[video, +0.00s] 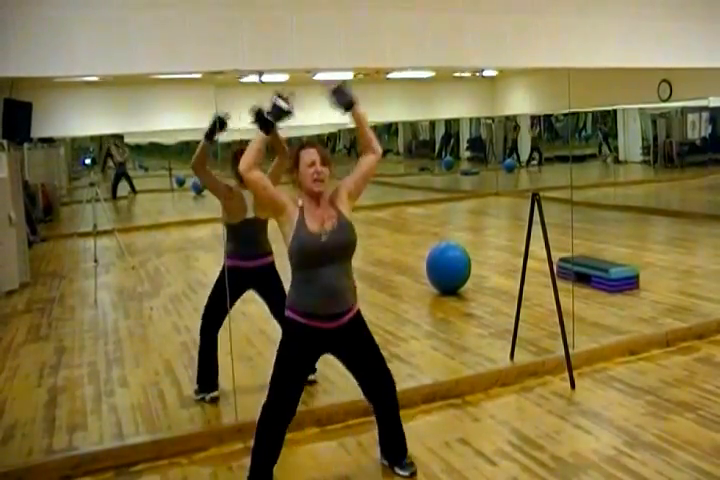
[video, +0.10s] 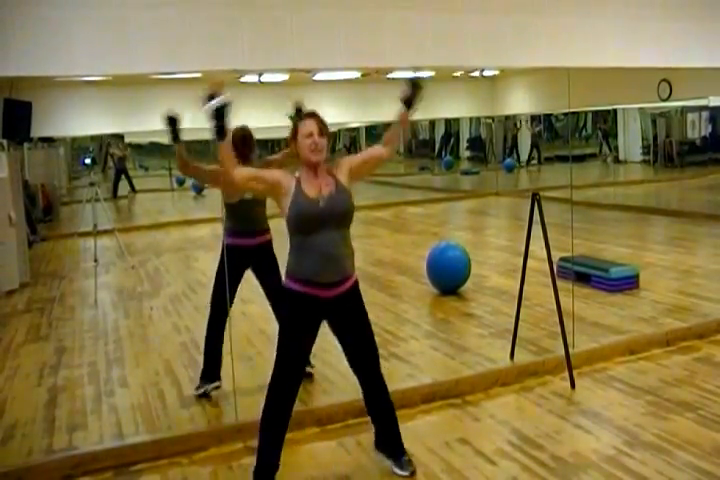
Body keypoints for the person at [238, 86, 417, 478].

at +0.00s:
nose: (317, 169)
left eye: (321, 163)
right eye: (309, 164)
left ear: (329, 170)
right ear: (297, 174)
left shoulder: (342, 199)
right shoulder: (288, 208)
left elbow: (373, 152)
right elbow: (247, 170)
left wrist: (354, 108)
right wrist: (266, 125)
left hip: (348, 323)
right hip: (303, 327)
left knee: (384, 390)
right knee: (278, 410)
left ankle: (395, 456)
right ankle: (259, 476)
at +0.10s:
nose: (315, 141)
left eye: (320, 134)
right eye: (307, 136)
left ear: (328, 140)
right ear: (294, 144)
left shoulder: (343, 171)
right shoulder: (283, 181)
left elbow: (388, 147)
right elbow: (231, 174)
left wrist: (407, 108)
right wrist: (221, 128)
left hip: (345, 292)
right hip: (301, 295)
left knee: (370, 373)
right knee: (283, 383)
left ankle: (391, 446)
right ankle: (264, 472)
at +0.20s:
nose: (315, 127)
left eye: (319, 120)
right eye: (307, 122)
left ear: (327, 127)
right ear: (293, 131)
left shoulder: (343, 164)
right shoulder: (280, 174)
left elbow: (384, 180)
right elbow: (236, 207)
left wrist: (422, 171)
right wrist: (203, 191)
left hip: (342, 279)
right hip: (301, 282)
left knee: (359, 363)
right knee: (295, 376)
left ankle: (365, 445)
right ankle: (285, 467)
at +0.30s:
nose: (316, 138)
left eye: (320, 132)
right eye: (308, 133)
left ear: (327, 138)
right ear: (294, 141)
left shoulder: (341, 181)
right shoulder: (282, 190)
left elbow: (361, 229)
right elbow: (264, 243)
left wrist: (403, 252)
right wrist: (236, 272)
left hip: (342, 290)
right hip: (301, 293)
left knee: (347, 374)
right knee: (308, 377)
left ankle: (338, 456)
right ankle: (309, 461)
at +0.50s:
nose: (315, 134)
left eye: (319, 127)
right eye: (307, 129)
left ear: (327, 133)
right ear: (293, 136)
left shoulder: (341, 176)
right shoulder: (282, 183)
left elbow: (363, 226)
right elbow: (266, 235)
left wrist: (403, 235)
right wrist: (251, 258)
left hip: (342, 286)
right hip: (300, 288)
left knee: (349, 370)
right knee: (304, 375)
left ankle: (338, 453)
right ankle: (307, 465)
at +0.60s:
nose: (315, 125)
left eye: (320, 119)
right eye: (307, 120)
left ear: (328, 125)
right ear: (293, 128)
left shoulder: (343, 165)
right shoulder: (280, 171)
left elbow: (387, 186)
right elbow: (240, 211)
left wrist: (407, 169)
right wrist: (215, 188)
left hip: (342, 275)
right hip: (299, 278)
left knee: (361, 360)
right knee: (295, 369)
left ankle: (360, 442)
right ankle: (288, 459)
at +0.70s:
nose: (314, 142)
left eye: (319, 135)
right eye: (306, 136)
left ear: (328, 139)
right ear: (293, 144)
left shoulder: (343, 173)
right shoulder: (281, 182)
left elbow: (390, 150)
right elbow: (228, 178)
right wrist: (232, 124)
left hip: (344, 290)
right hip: (300, 293)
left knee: (375, 373)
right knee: (284, 386)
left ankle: (389, 445)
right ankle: (266, 472)